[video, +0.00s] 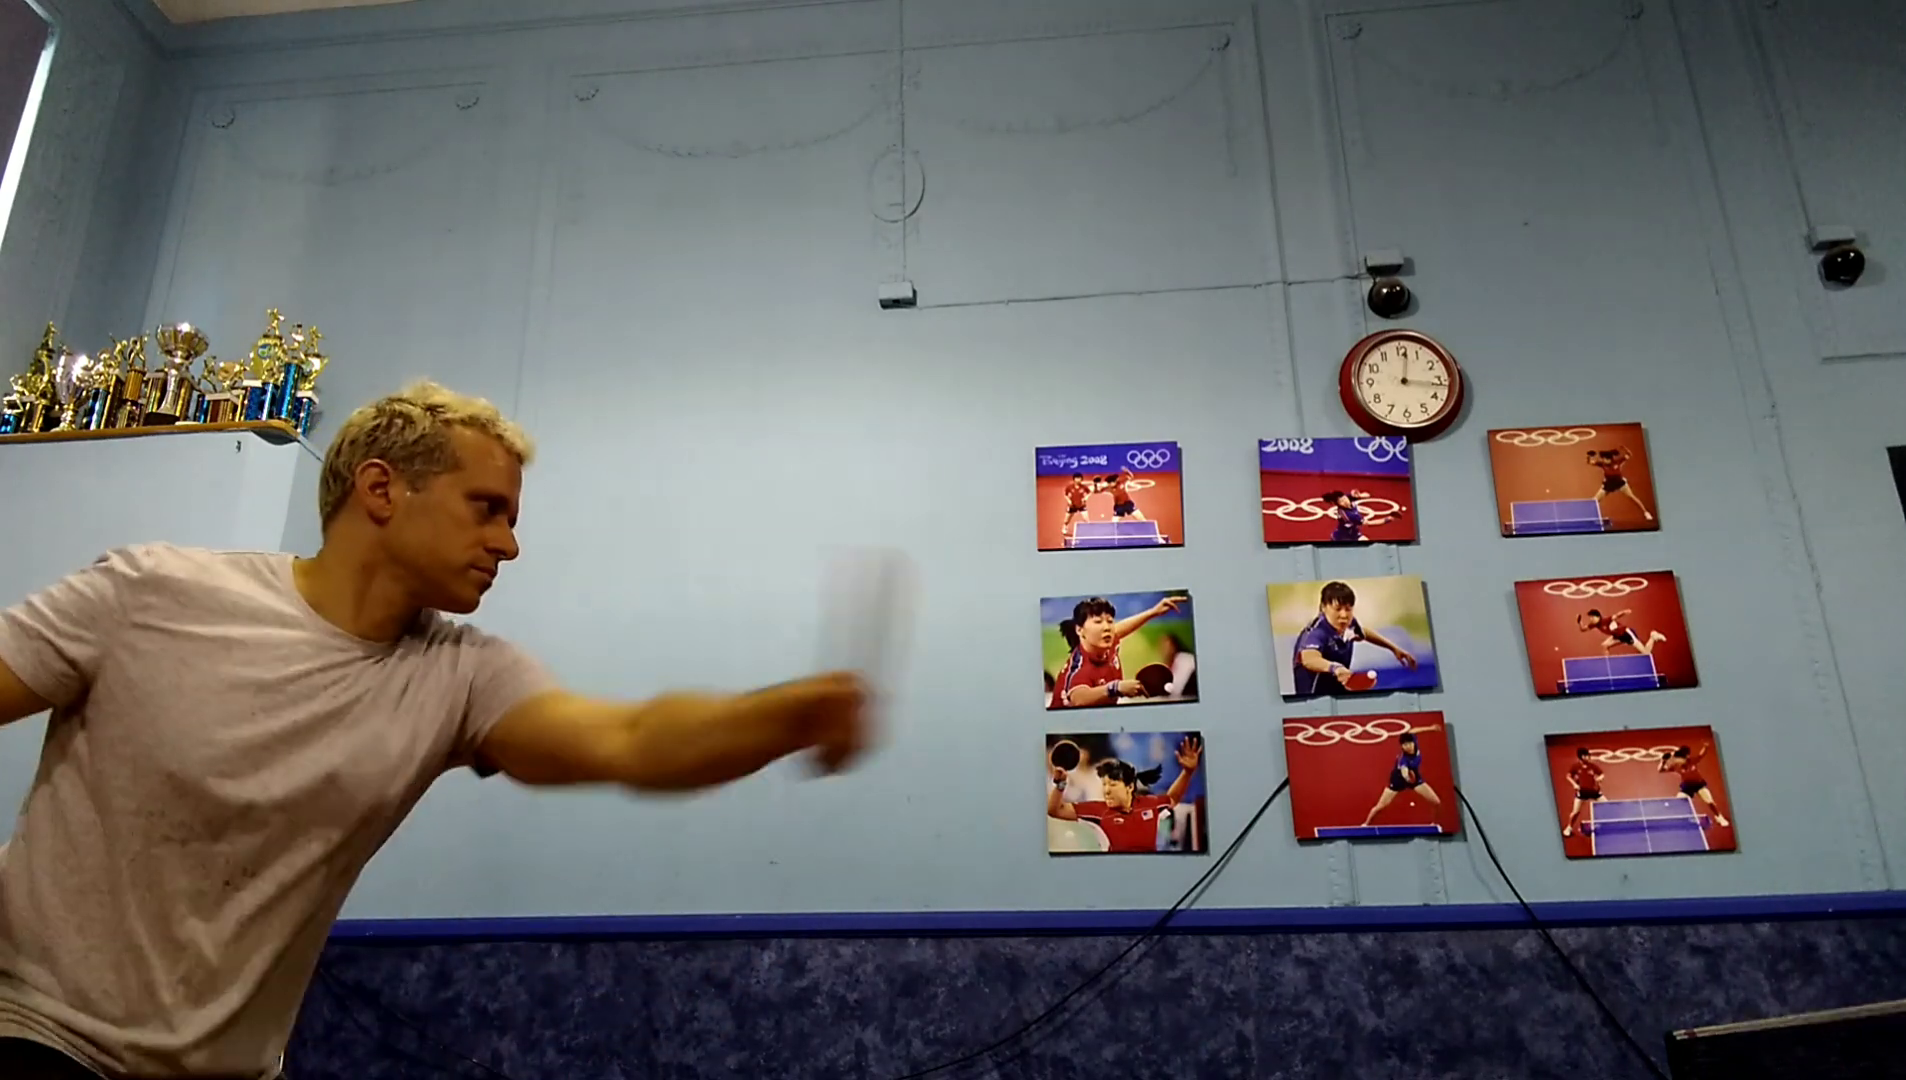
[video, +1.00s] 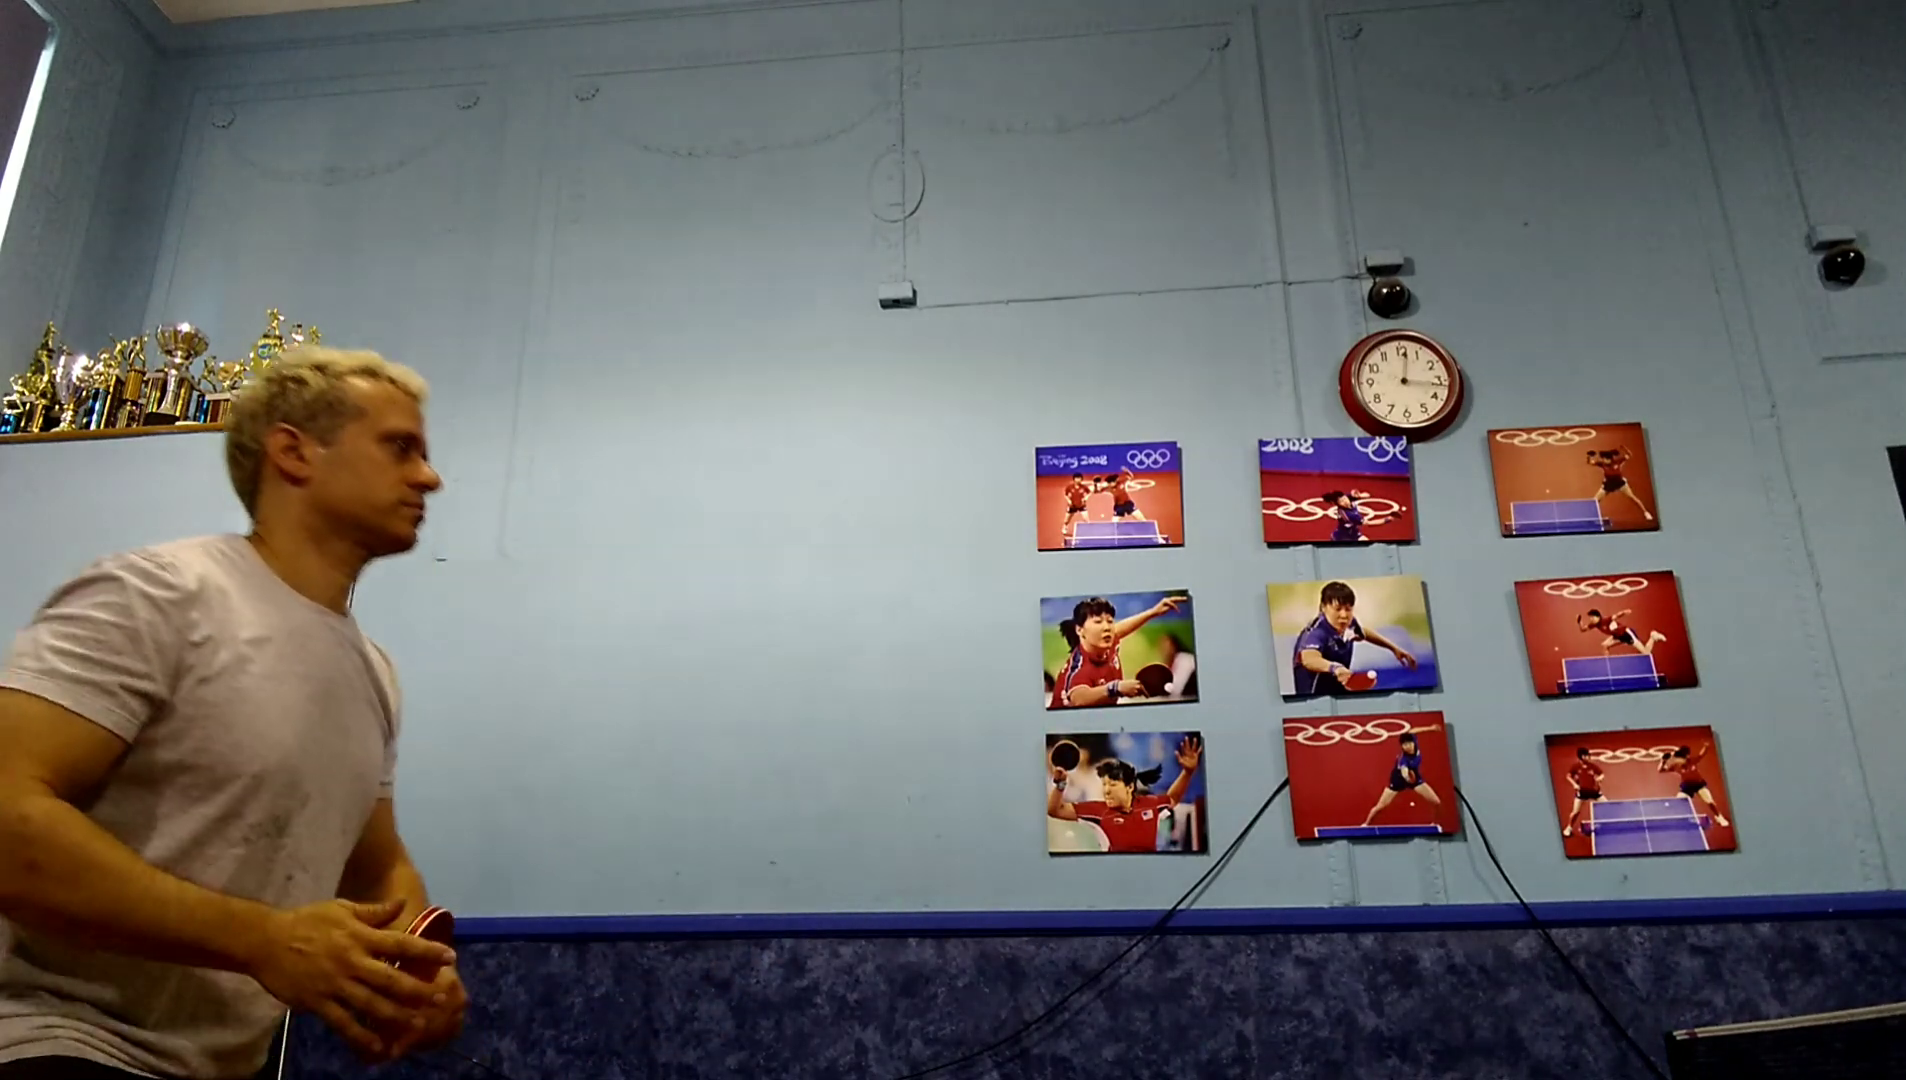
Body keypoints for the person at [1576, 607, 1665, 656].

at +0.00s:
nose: (1590, 620)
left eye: (1591, 618)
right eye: (1590, 618)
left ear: (1597, 617)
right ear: (1593, 618)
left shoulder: (1607, 620)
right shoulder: (1594, 624)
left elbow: (1617, 616)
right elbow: (1583, 630)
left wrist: (1625, 612)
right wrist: (1579, 623)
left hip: (1627, 634)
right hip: (1618, 637)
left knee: (1646, 652)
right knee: (1604, 645)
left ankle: (1653, 636)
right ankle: (1608, 667)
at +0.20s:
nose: (1590, 620)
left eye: (1591, 618)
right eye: (1590, 618)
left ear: (1597, 617)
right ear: (1593, 618)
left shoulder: (1607, 621)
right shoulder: (1594, 625)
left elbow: (1617, 616)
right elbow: (1583, 630)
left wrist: (1625, 612)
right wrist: (1579, 623)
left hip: (1627, 634)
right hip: (1618, 637)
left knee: (1646, 652)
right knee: (1604, 645)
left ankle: (1653, 636)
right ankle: (1608, 667)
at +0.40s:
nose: (1590, 620)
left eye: (1591, 618)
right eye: (1590, 618)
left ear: (1597, 617)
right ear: (1593, 618)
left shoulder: (1607, 620)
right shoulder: (1594, 624)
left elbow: (1617, 616)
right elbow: (1583, 630)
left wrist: (1625, 612)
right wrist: (1579, 623)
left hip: (1627, 634)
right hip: (1618, 637)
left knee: (1646, 652)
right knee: (1604, 645)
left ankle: (1653, 636)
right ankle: (1608, 667)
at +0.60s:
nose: (1591, 620)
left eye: (1591, 618)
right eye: (1590, 618)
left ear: (1597, 617)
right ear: (1593, 618)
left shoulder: (1607, 620)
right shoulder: (1594, 624)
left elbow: (1617, 616)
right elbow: (1583, 630)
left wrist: (1625, 612)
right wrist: (1579, 623)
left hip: (1627, 634)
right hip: (1618, 637)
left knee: (1646, 652)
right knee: (1604, 645)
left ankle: (1653, 636)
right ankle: (1608, 667)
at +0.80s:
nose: (1590, 620)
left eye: (1591, 618)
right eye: (1590, 618)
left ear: (1597, 617)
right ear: (1593, 618)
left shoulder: (1607, 620)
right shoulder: (1594, 624)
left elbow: (1617, 616)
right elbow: (1583, 630)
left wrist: (1625, 612)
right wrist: (1579, 623)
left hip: (1627, 634)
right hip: (1618, 637)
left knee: (1646, 652)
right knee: (1604, 645)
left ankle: (1653, 636)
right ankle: (1608, 667)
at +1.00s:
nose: (1590, 620)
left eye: (1591, 618)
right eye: (1590, 618)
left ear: (1597, 617)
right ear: (1593, 618)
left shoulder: (1607, 620)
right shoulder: (1594, 624)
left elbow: (1617, 616)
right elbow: (1583, 630)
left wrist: (1625, 612)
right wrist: (1579, 623)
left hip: (1627, 634)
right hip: (1618, 637)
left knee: (1646, 652)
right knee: (1604, 645)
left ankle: (1653, 636)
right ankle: (1608, 667)